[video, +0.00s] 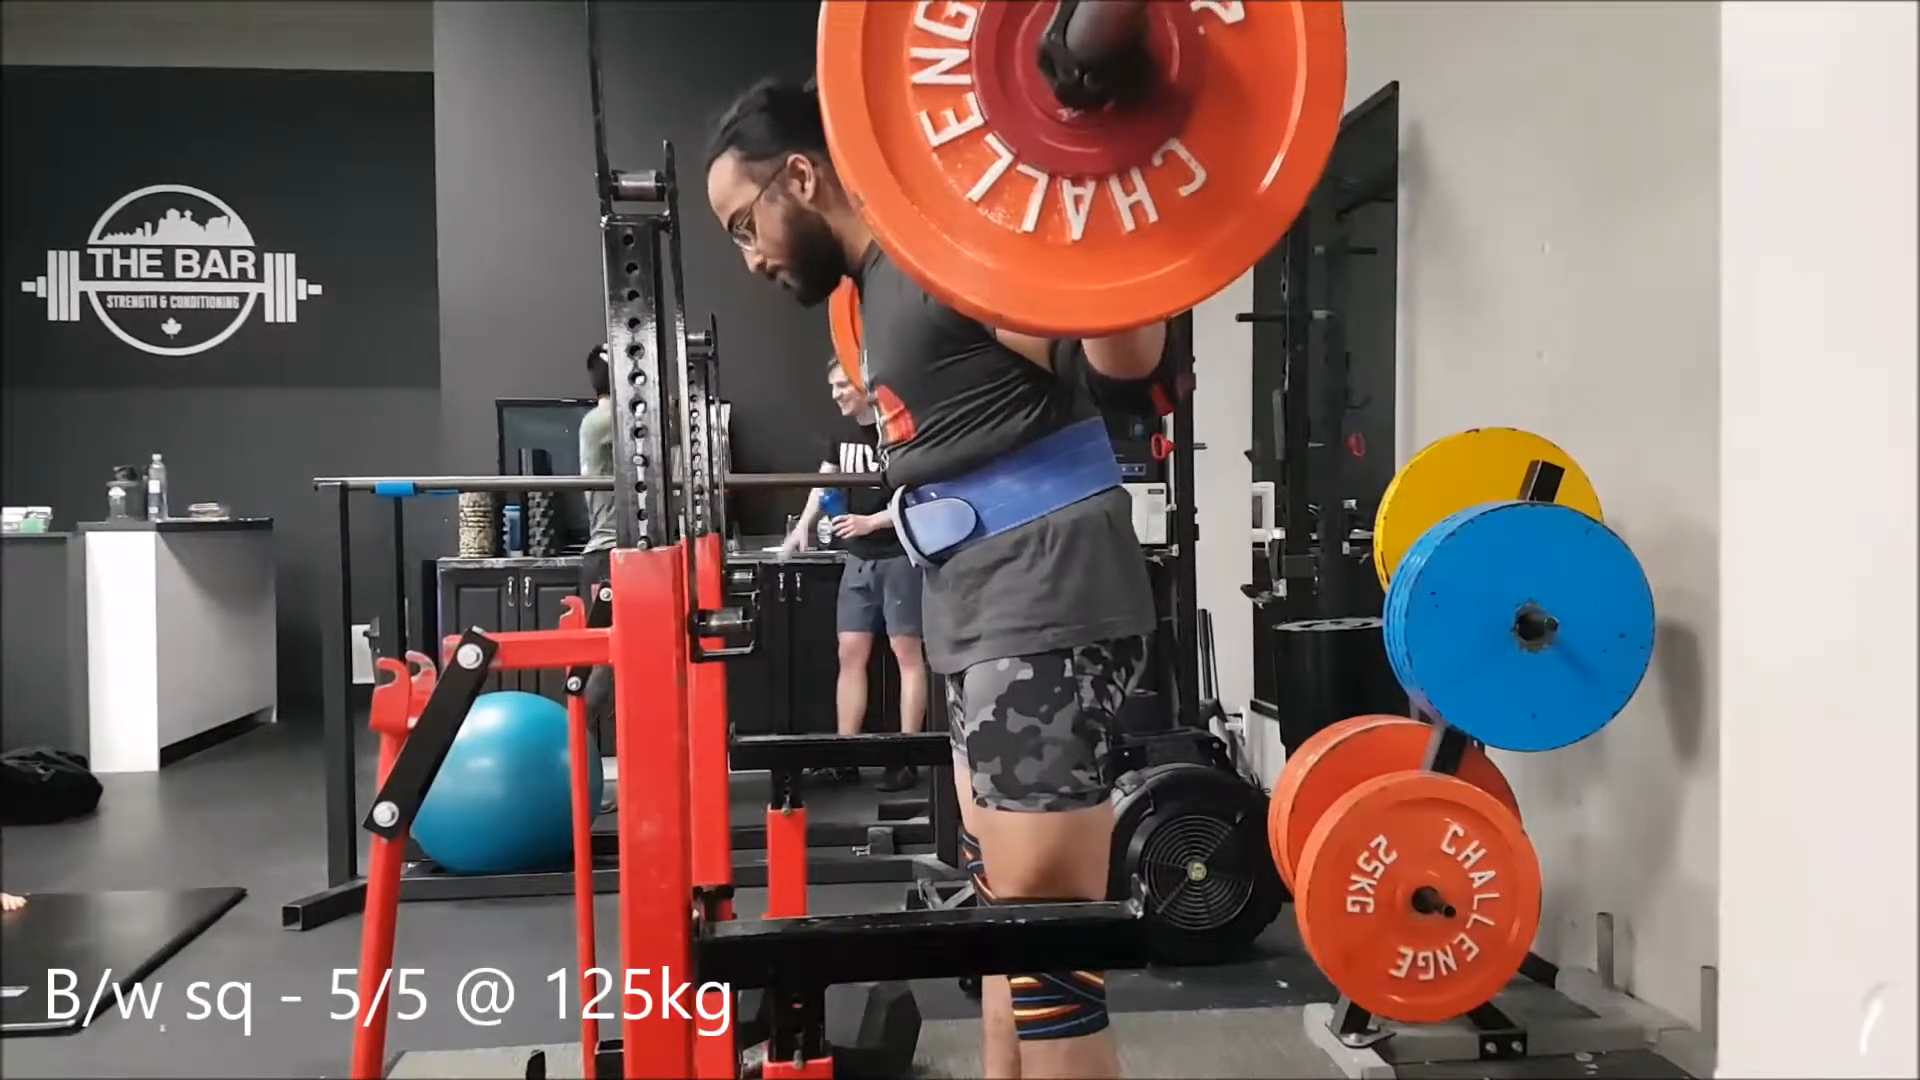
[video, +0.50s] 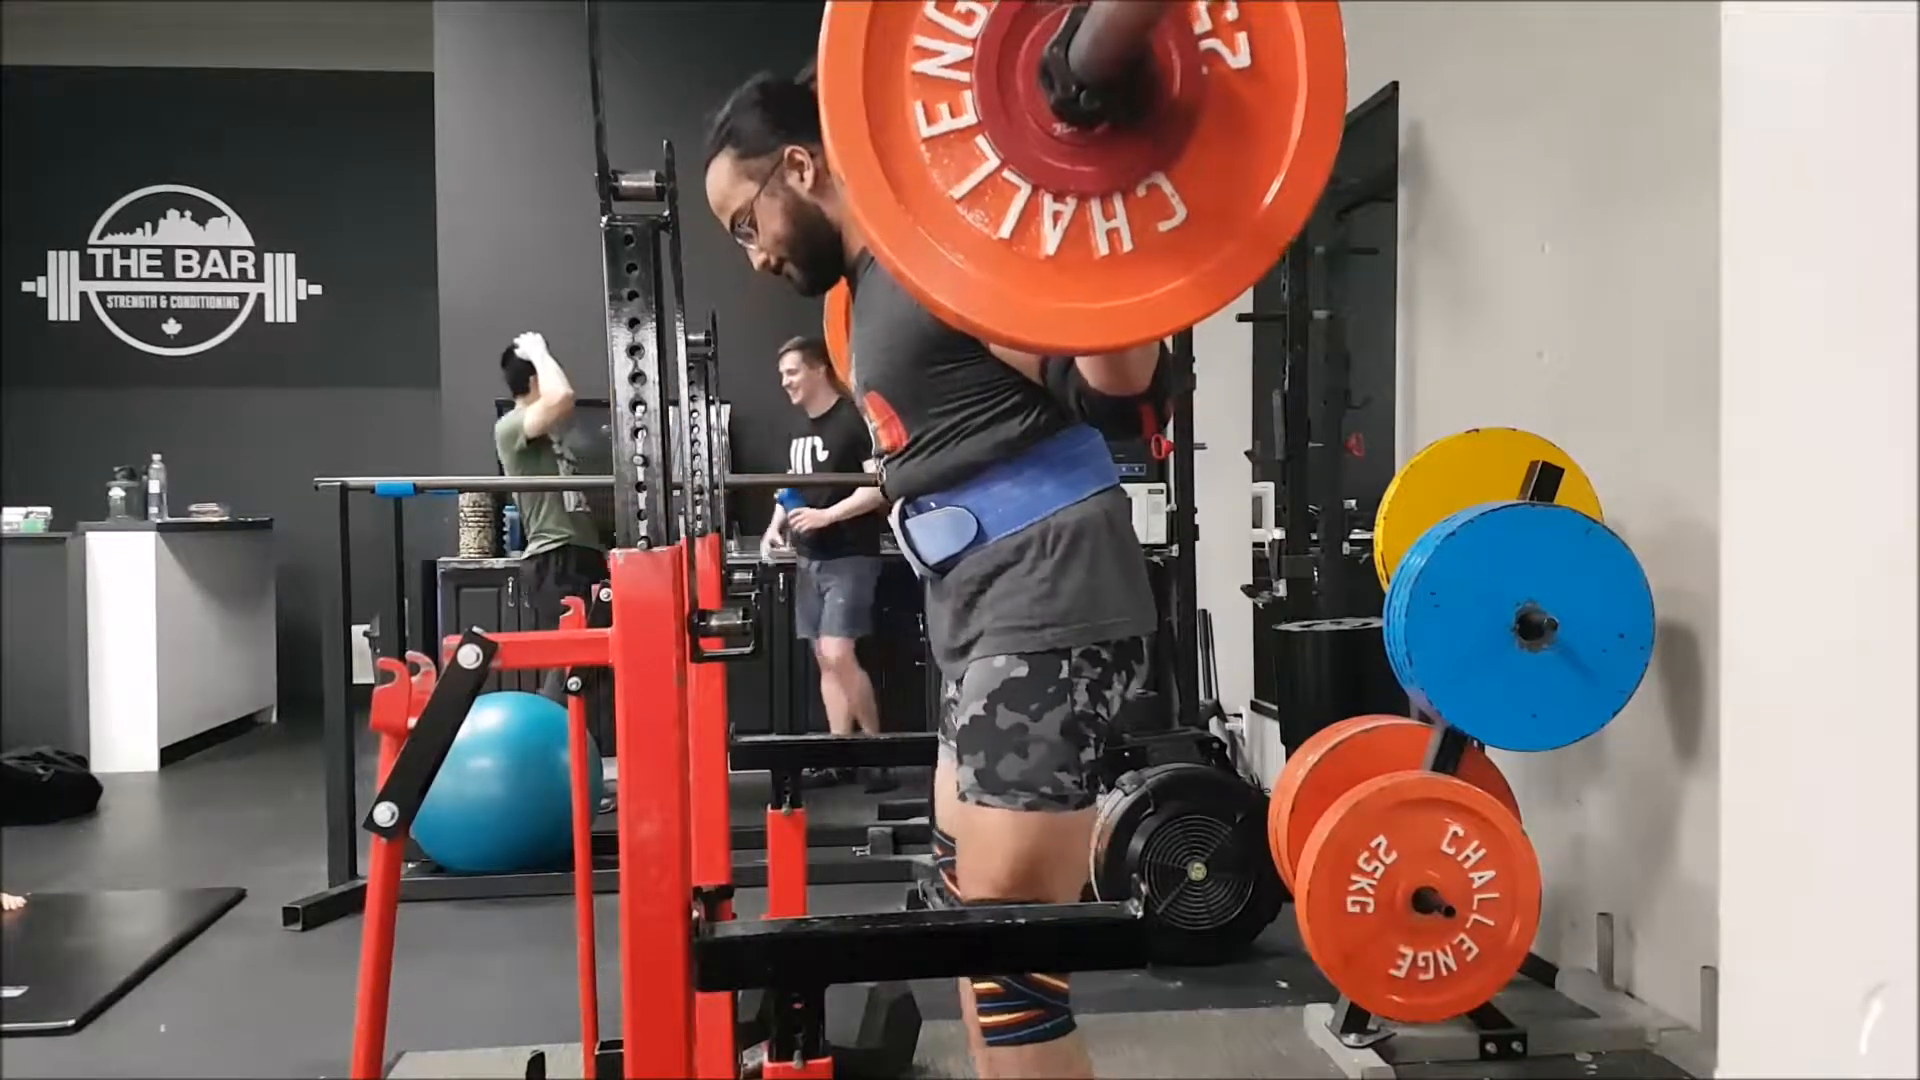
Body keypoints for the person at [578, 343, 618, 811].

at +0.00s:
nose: (634, 377)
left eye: (627, 367)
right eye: (628, 368)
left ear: (597, 377)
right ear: (616, 375)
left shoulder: (596, 420)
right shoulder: (607, 419)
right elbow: (653, 434)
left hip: (603, 549)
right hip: (610, 551)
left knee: (605, 657)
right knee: (612, 658)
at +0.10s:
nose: (620, 384)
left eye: (619, 377)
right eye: (617, 377)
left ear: (593, 384)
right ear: (603, 381)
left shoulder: (613, 419)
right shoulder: (580, 422)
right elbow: (611, 427)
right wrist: (617, 390)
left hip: (618, 552)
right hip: (594, 554)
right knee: (591, 661)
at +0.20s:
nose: (606, 389)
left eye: (605, 380)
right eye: (602, 381)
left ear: (572, 384)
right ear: (590, 382)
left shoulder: (590, 423)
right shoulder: (563, 424)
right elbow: (606, 410)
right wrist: (598, 363)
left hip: (607, 553)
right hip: (584, 556)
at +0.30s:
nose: (593, 384)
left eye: (592, 377)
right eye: (584, 376)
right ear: (573, 378)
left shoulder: (589, 423)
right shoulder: (545, 424)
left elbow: (611, 403)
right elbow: (598, 400)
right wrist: (582, 356)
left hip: (603, 552)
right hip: (571, 554)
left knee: (605, 658)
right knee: (577, 659)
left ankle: (606, 753)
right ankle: (573, 752)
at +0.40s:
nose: (573, 381)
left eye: (572, 373)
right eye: (567, 376)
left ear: (537, 380)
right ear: (556, 379)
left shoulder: (575, 423)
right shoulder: (528, 423)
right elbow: (580, 397)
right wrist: (561, 355)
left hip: (599, 551)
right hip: (563, 553)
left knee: (604, 664)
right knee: (571, 664)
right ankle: (557, 762)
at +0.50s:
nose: (554, 383)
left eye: (551, 376)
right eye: (545, 378)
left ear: (522, 385)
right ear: (530, 381)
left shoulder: (553, 428)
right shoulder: (510, 427)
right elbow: (560, 399)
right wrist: (540, 354)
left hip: (588, 553)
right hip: (555, 555)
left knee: (599, 664)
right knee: (567, 666)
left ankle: (603, 759)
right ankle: (550, 761)